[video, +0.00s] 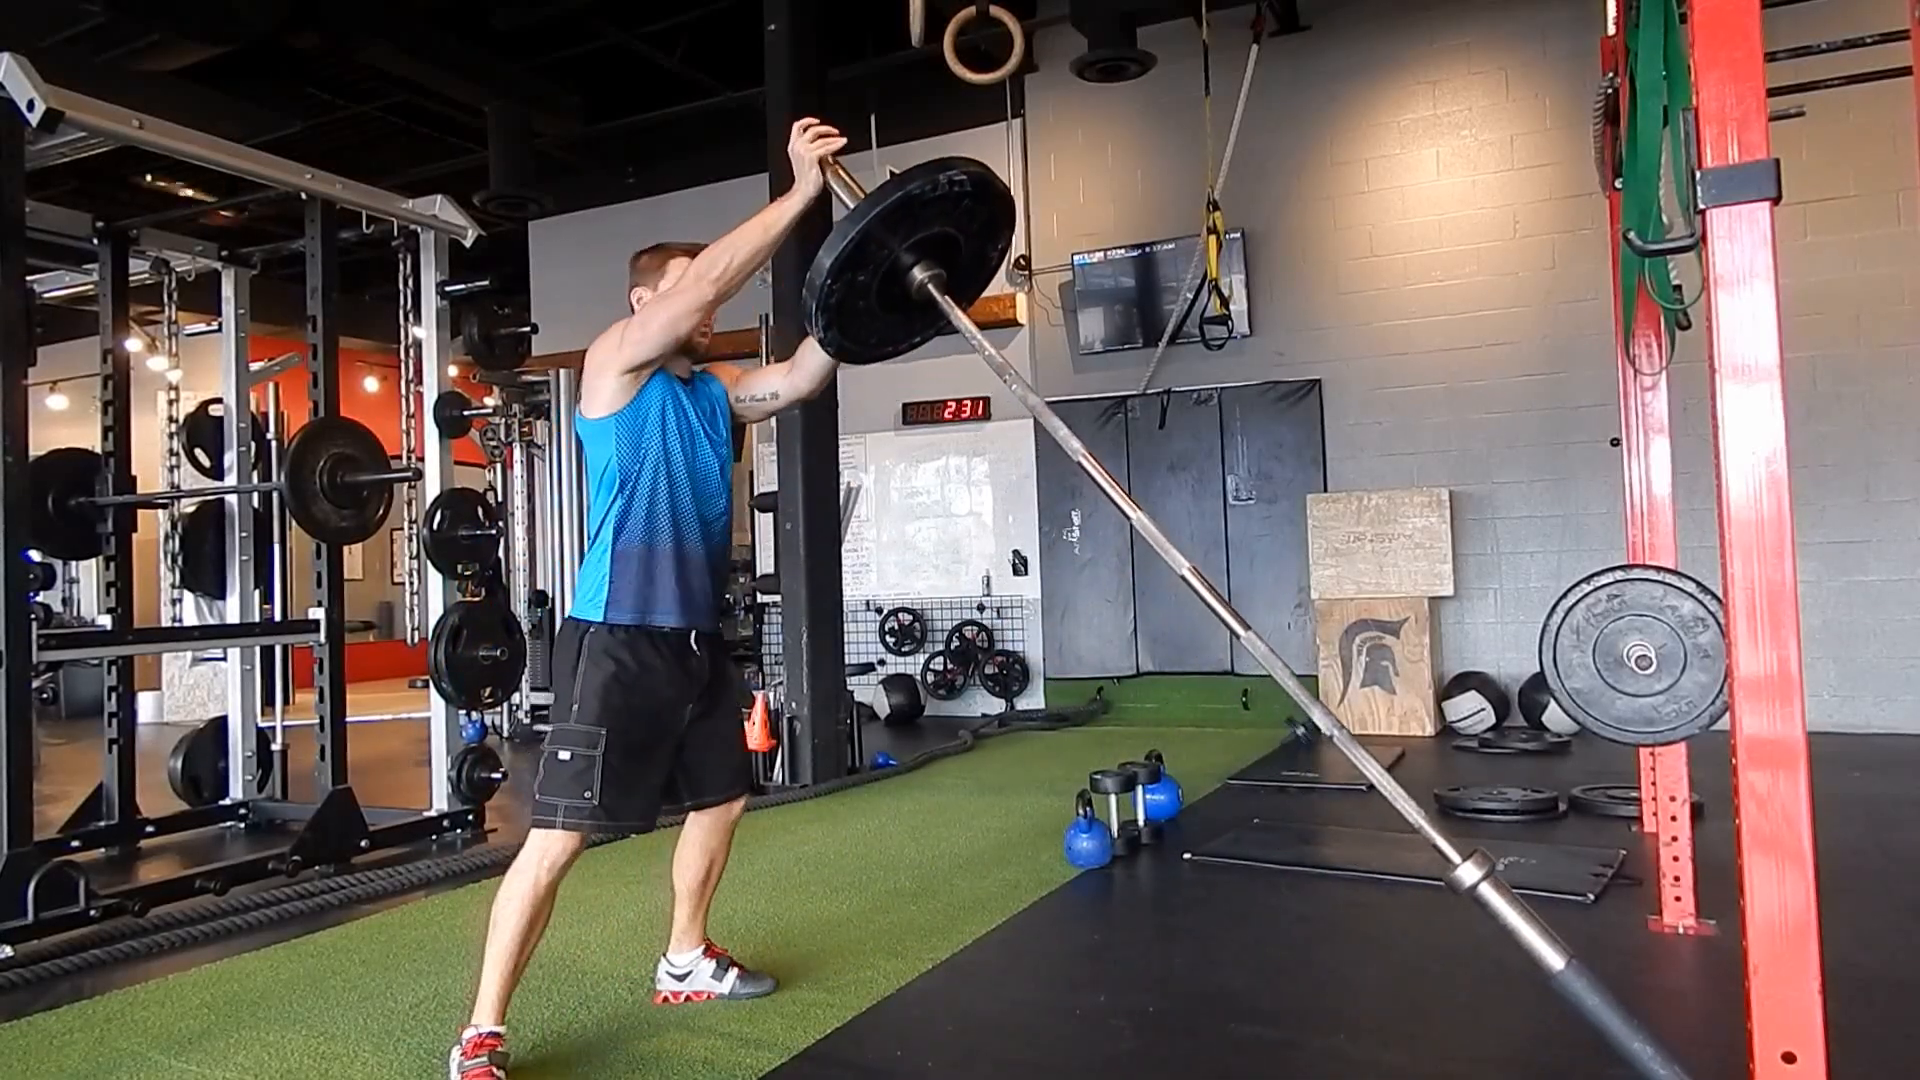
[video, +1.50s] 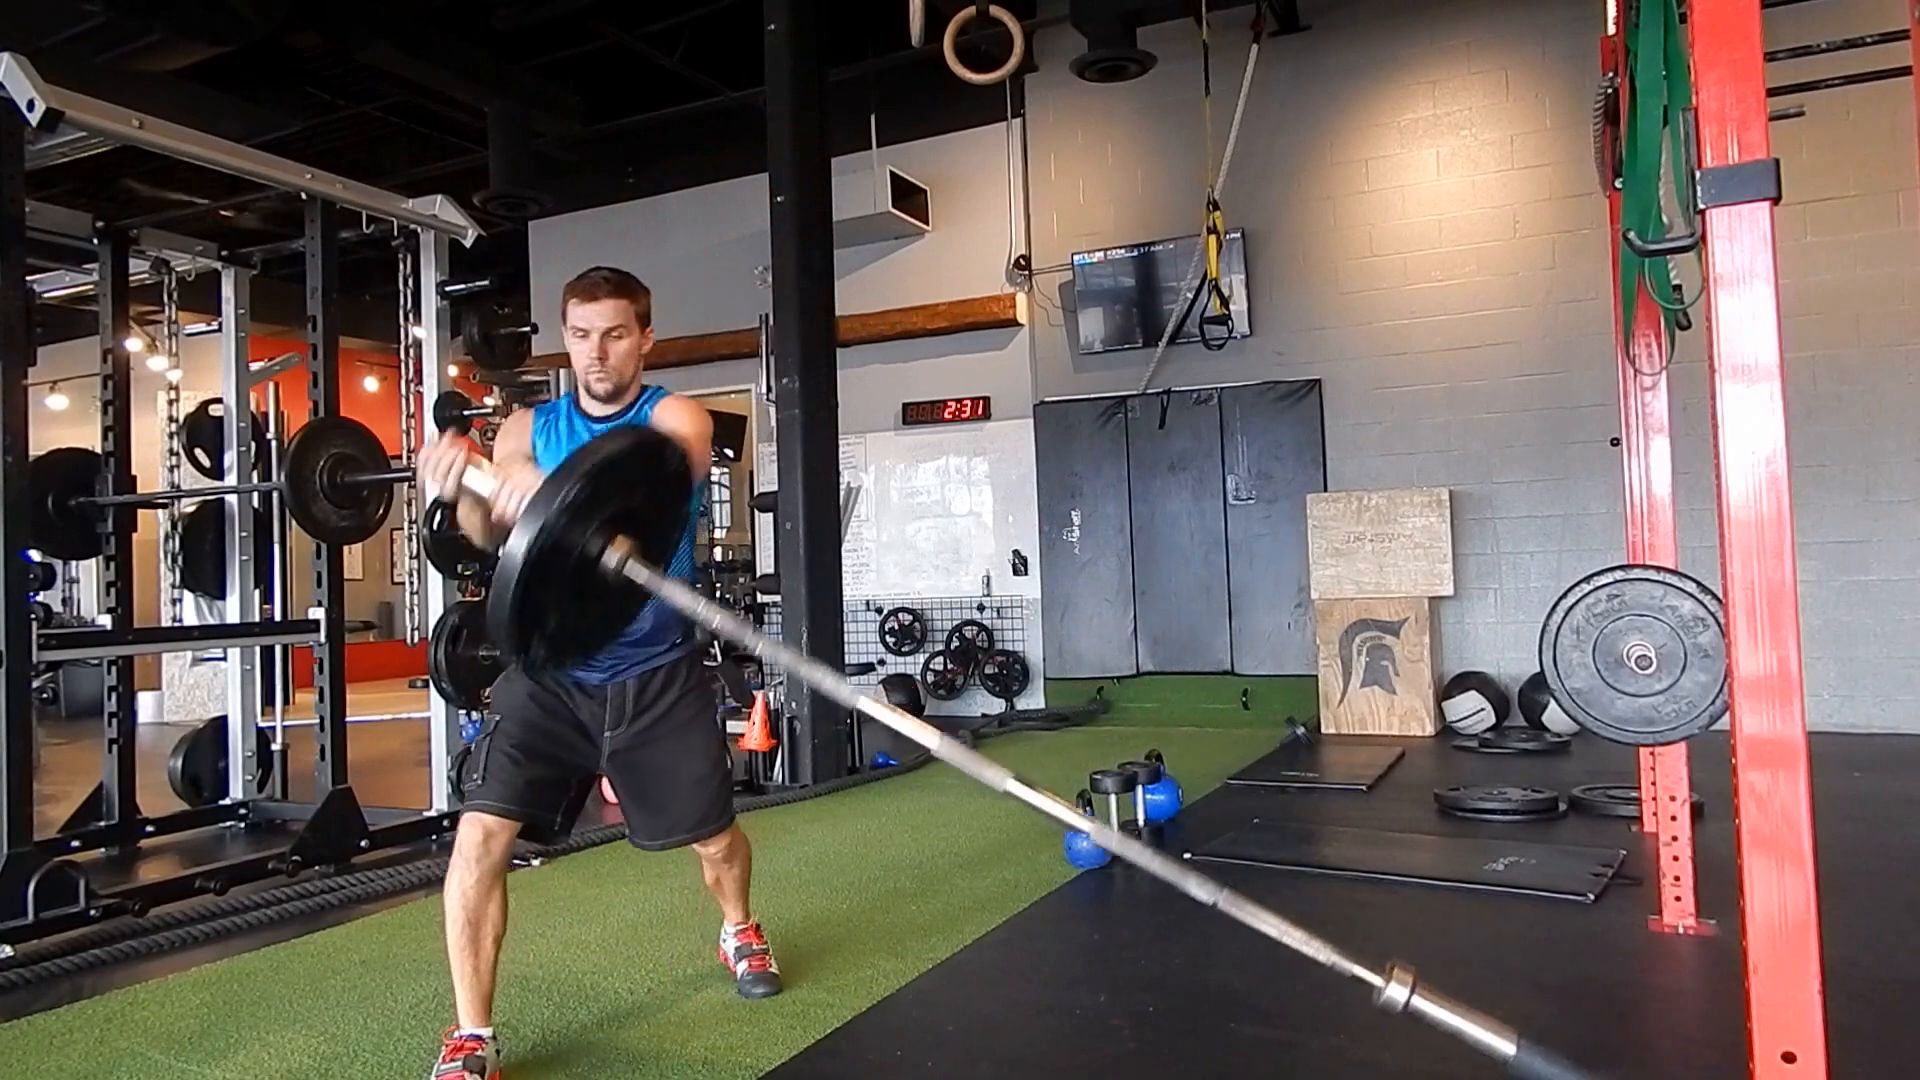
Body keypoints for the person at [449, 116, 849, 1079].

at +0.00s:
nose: (703, 291)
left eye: (704, 281)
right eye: (686, 282)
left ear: (698, 297)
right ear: (644, 293)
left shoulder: (720, 388)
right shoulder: (610, 364)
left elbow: (805, 370)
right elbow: (704, 281)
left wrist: (875, 284)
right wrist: (800, 192)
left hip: (699, 642)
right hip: (614, 639)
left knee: (719, 792)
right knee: (559, 834)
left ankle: (685, 960)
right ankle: (483, 1031)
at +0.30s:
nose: (703, 285)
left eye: (705, 275)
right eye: (686, 276)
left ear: (699, 296)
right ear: (642, 295)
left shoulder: (727, 382)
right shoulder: (608, 367)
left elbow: (812, 328)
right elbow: (705, 286)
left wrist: (873, 249)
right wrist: (795, 192)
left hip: (710, 648)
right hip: (624, 646)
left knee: (728, 796)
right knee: (563, 835)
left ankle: (685, 961)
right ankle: (484, 1029)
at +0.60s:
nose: (703, 288)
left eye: (704, 278)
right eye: (684, 280)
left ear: (698, 296)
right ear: (637, 298)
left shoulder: (726, 384)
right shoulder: (610, 367)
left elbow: (814, 340)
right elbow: (713, 285)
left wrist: (866, 244)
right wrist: (800, 195)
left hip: (711, 645)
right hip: (624, 646)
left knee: (728, 797)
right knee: (566, 836)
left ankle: (685, 959)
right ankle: (484, 1031)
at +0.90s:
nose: (687, 295)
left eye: (688, 286)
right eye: (670, 287)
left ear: (684, 305)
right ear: (626, 304)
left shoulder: (717, 391)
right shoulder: (591, 375)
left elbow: (807, 341)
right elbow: (689, 291)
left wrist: (839, 238)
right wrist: (780, 199)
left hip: (709, 651)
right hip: (617, 652)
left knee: (739, 800)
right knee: (562, 837)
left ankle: (685, 960)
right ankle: (485, 1030)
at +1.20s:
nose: (655, 333)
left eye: (671, 320)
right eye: (642, 318)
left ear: (695, 331)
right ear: (615, 325)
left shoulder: (715, 411)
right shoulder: (574, 405)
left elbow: (767, 355)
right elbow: (570, 357)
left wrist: (728, 283)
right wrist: (634, 259)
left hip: (697, 662)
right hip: (586, 663)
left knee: (734, 815)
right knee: (519, 831)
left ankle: (695, 948)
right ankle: (475, 1027)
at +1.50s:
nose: (596, 352)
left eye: (613, 335)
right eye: (581, 336)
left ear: (646, 340)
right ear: (565, 341)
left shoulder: (680, 420)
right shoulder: (525, 429)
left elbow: (638, 507)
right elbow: (504, 528)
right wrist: (459, 494)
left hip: (659, 670)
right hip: (545, 675)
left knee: (715, 832)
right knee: (480, 836)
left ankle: (740, 932)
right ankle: (471, 1032)